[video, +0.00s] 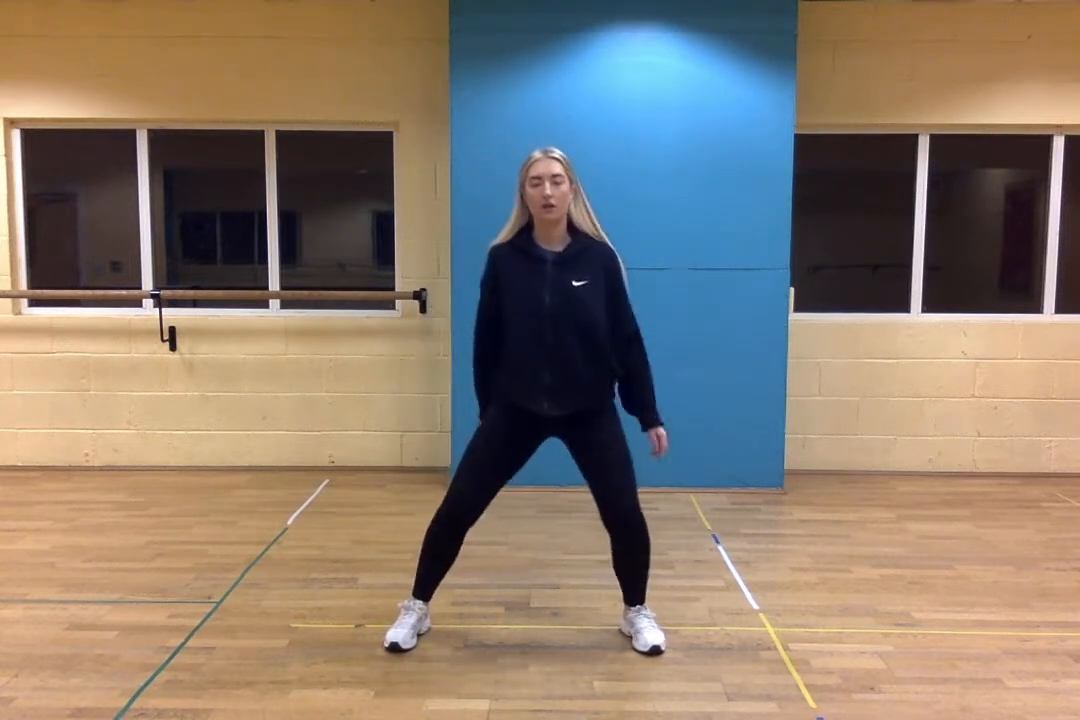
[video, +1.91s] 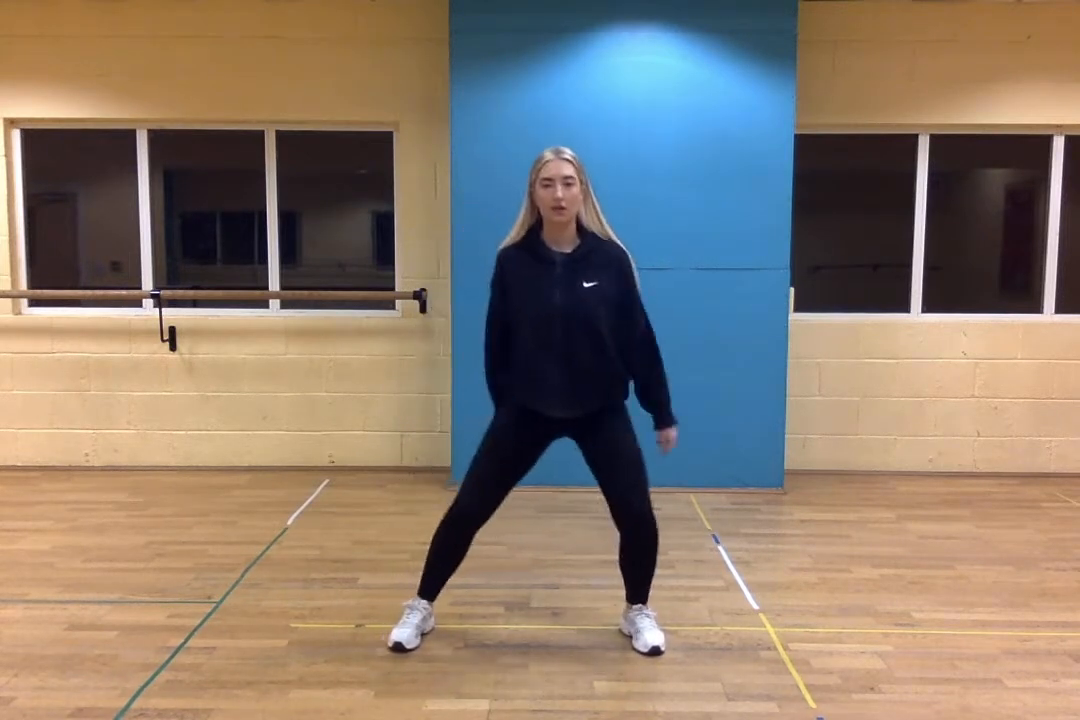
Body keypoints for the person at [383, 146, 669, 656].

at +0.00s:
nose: (547, 190)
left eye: (556, 181)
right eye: (537, 183)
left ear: (572, 189)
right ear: (524, 194)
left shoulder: (599, 256)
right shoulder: (504, 257)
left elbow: (626, 336)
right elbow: (487, 335)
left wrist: (648, 415)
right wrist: (488, 405)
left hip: (588, 407)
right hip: (517, 407)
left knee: (625, 514)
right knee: (458, 505)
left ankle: (637, 611)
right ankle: (416, 607)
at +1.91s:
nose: (559, 192)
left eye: (568, 182)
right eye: (548, 184)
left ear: (583, 192)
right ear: (533, 195)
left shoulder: (610, 256)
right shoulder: (513, 259)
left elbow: (637, 335)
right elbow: (498, 335)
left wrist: (662, 411)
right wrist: (504, 401)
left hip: (601, 408)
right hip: (528, 408)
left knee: (637, 514)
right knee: (469, 507)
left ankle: (638, 610)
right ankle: (421, 606)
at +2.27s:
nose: (511, 191)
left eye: (521, 181)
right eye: (501, 181)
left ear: (535, 191)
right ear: (486, 191)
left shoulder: (559, 259)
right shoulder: (461, 255)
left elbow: (582, 339)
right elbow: (437, 329)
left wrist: (605, 416)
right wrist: (428, 405)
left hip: (532, 408)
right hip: (460, 405)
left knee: (581, 512)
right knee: (415, 514)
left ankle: (631, 608)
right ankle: (416, 608)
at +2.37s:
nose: (507, 194)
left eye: (518, 185)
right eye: (497, 185)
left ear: (532, 196)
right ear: (482, 195)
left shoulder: (555, 261)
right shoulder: (458, 257)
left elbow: (573, 345)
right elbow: (429, 333)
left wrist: (593, 419)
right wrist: (412, 409)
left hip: (530, 409)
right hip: (459, 407)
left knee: (583, 511)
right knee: (415, 514)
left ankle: (631, 609)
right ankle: (415, 608)